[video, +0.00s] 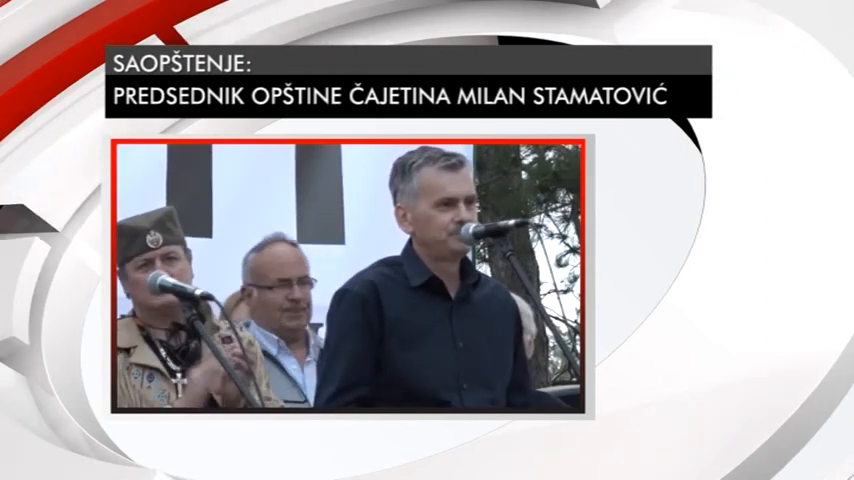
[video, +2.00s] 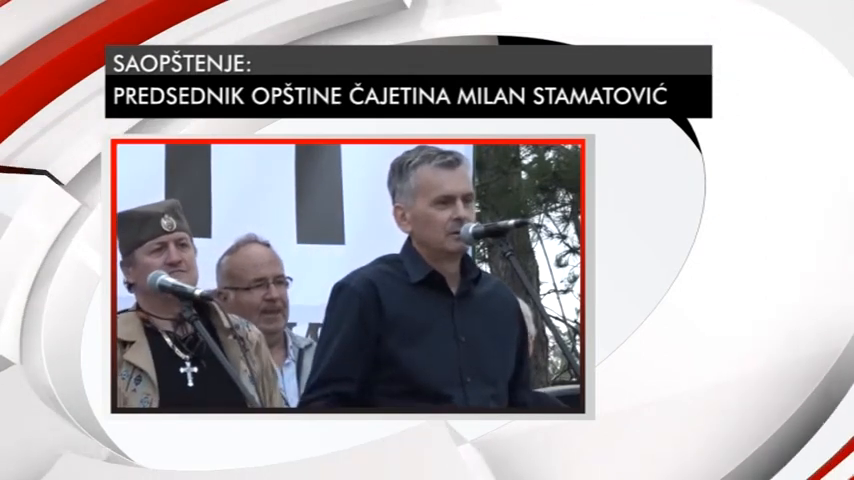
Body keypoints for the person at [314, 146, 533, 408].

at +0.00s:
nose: (464, 216)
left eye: (470, 203)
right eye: (446, 205)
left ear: (478, 207)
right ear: (404, 217)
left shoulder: (499, 302)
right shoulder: (363, 298)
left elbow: (520, 405)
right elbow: (335, 413)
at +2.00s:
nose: (462, 215)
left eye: (468, 201)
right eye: (444, 203)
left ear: (475, 206)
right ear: (403, 216)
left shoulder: (502, 301)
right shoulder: (363, 294)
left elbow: (520, 405)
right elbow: (320, 407)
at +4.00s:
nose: (460, 210)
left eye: (465, 196)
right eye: (441, 199)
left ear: (474, 203)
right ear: (401, 215)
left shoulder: (498, 300)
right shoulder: (361, 295)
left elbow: (526, 407)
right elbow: (332, 406)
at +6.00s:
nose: (464, 215)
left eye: (469, 202)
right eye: (447, 204)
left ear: (476, 206)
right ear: (402, 215)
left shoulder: (495, 300)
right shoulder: (362, 297)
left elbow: (516, 408)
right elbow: (336, 413)